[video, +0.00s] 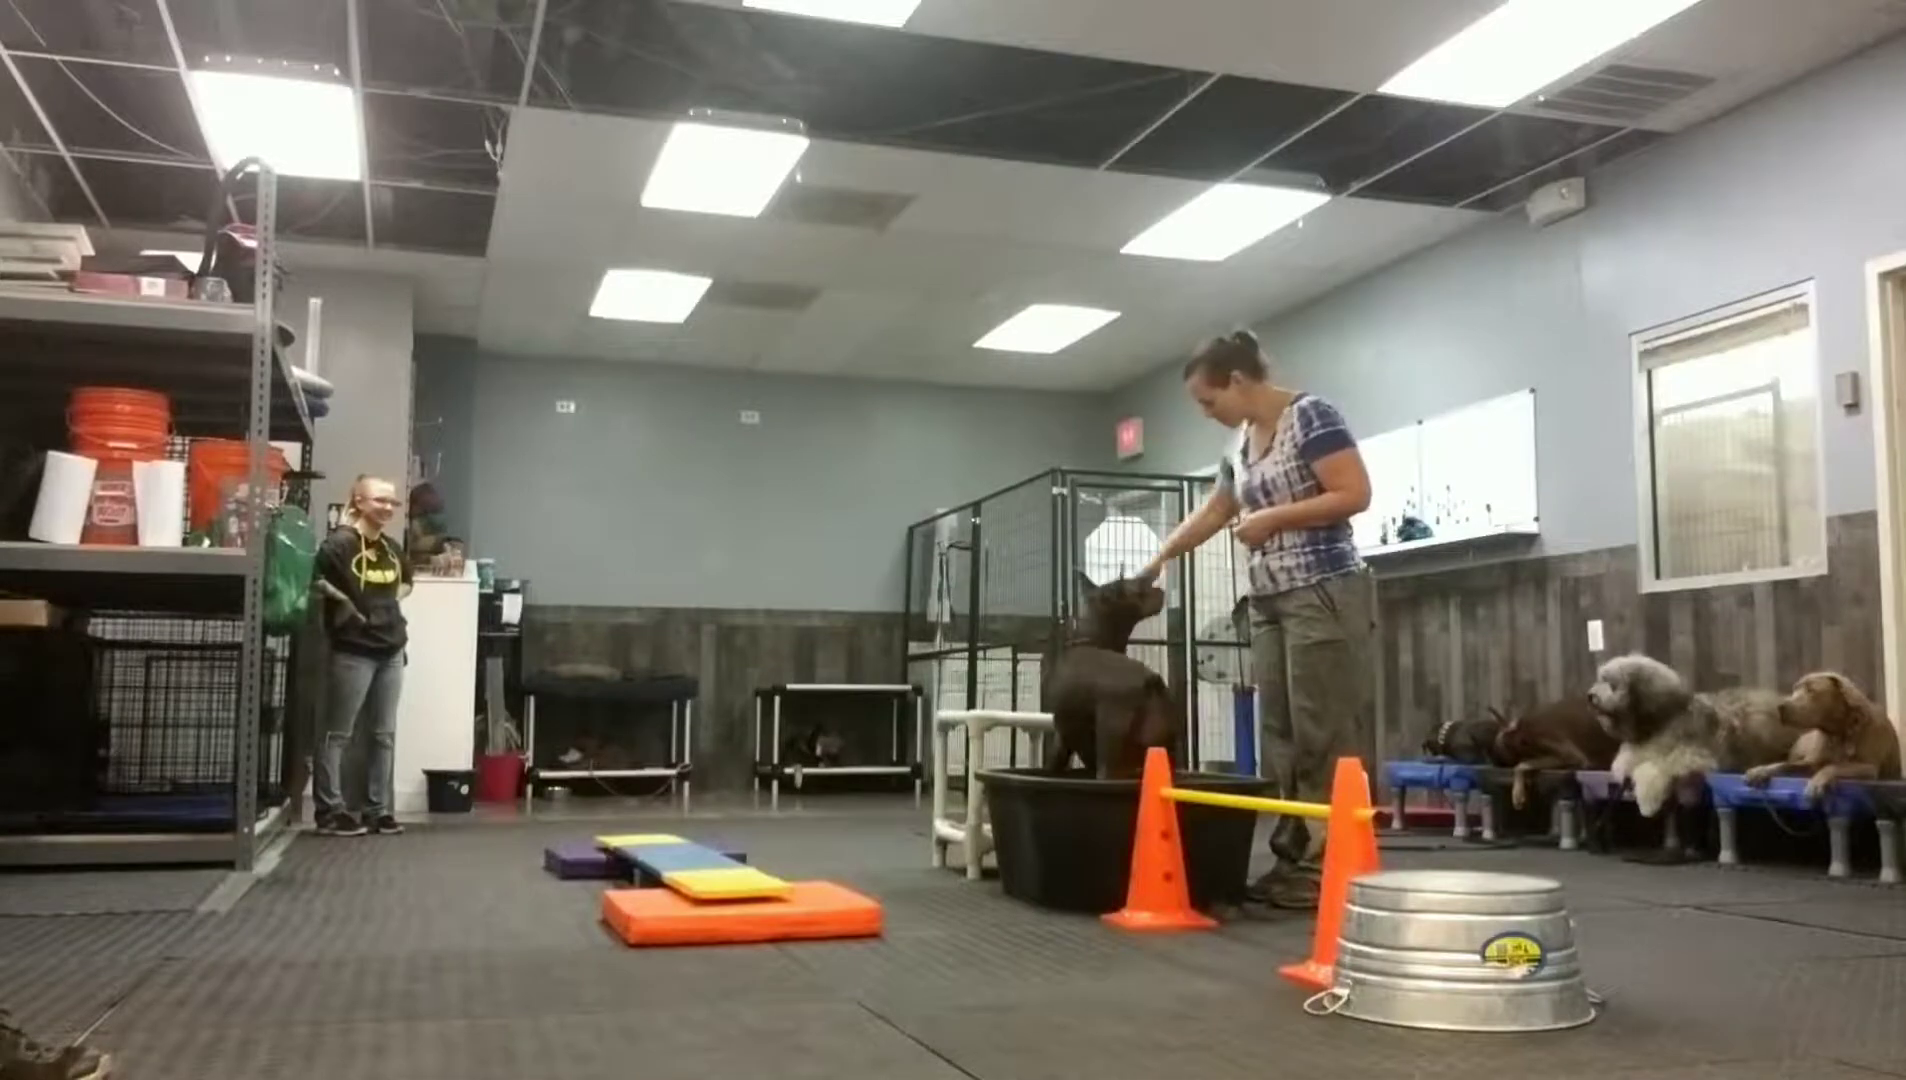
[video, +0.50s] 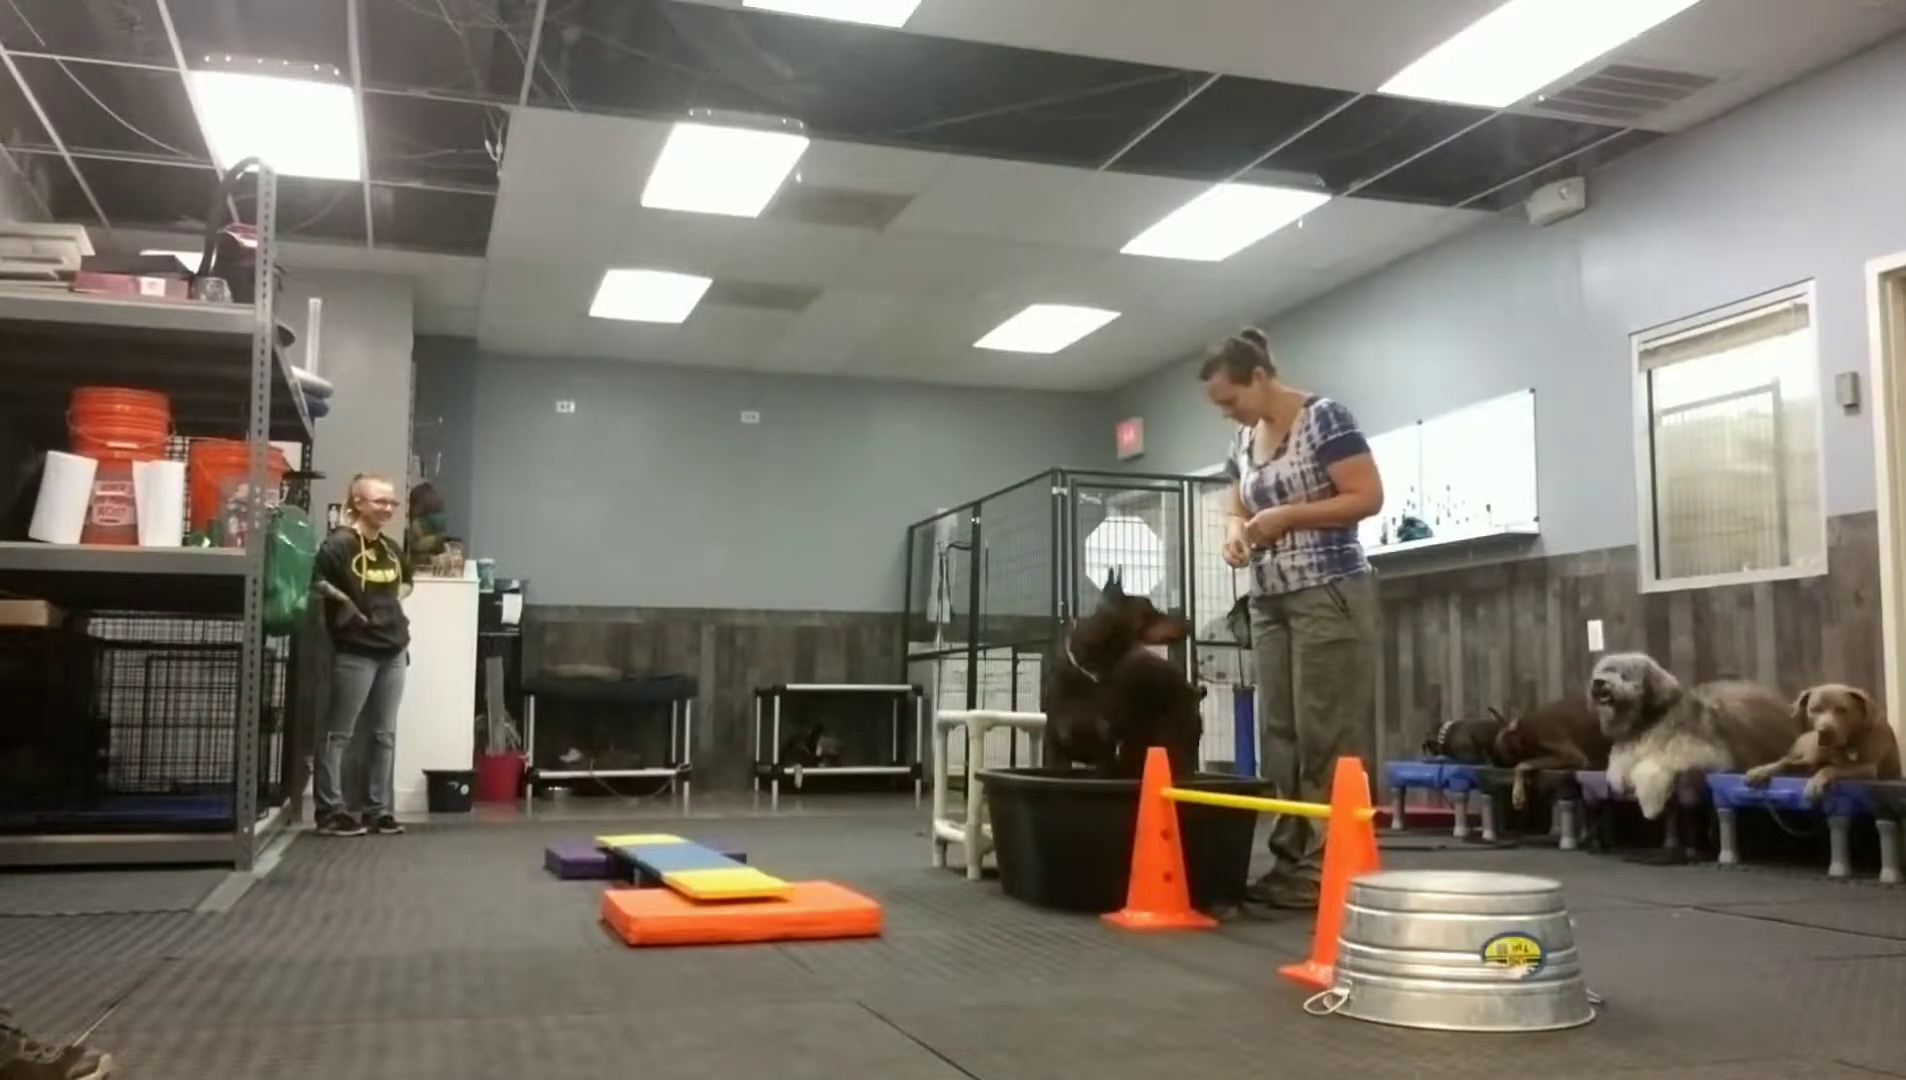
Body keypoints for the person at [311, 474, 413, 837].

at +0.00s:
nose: (388, 508)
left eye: (392, 502)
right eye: (380, 500)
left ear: (394, 507)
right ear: (358, 502)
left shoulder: (389, 546)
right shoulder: (339, 544)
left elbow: (406, 582)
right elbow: (322, 587)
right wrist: (352, 614)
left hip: (391, 650)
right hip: (353, 650)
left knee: (383, 735)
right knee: (338, 734)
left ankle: (377, 811)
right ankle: (330, 811)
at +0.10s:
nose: (388, 508)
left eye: (392, 503)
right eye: (380, 501)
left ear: (394, 507)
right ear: (358, 502)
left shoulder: (389, 546)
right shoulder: (339, 544)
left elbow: (406, 582)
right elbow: (324, 589)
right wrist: (353, 615)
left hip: (391, 650)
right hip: (353, 650)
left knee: (383, 735)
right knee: (338, 734)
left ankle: (377, 811)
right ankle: (330, 811)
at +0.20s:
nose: (388, 508)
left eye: (392, 503)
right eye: (380, 501)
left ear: (394, 507)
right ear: (358, 502)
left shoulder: (390, 547)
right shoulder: (339, 545)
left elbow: (406, 582)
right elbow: (322, 587)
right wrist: (352, 614)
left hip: (391, 650)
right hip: (353, 650)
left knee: (383, 735)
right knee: (338, 734)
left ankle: (377, 811)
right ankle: (330, 811)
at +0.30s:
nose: (387, 508)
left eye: (391, 503)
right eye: (379, 501)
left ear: (393, 507)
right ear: (357, 503)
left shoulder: (390, 546)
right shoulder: (339, 545)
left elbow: (406, 581)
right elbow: (320, 588)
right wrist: (351, 614)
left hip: (392, 650)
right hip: (354, 649)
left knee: (383, 735)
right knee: (339, 734)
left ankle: (377, 811)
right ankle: (330, 810)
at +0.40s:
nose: (385, 509)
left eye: (390, 504)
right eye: (378, 502)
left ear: (393, 508)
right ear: (357, 503)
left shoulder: (389, 547)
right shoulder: (338, 545)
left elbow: (403, 584)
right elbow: (320, 588)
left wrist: (392, 620)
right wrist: (349, 611)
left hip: (392, 650)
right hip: (355, 649)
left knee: (383, 735)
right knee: (339, 735)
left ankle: (377, 811)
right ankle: (330, 811)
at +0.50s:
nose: (389, 509)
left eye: (392, 503)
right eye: (381, 502)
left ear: (392, 507)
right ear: (358, 504)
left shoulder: (389, 547)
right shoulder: (338, 546)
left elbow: (403, 584)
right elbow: (317, 586)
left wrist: (394, 621)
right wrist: (347, 607)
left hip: (393, 649)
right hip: (355, 649)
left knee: (383, 734)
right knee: (338, 735)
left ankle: (377, 811)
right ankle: (330, 811)